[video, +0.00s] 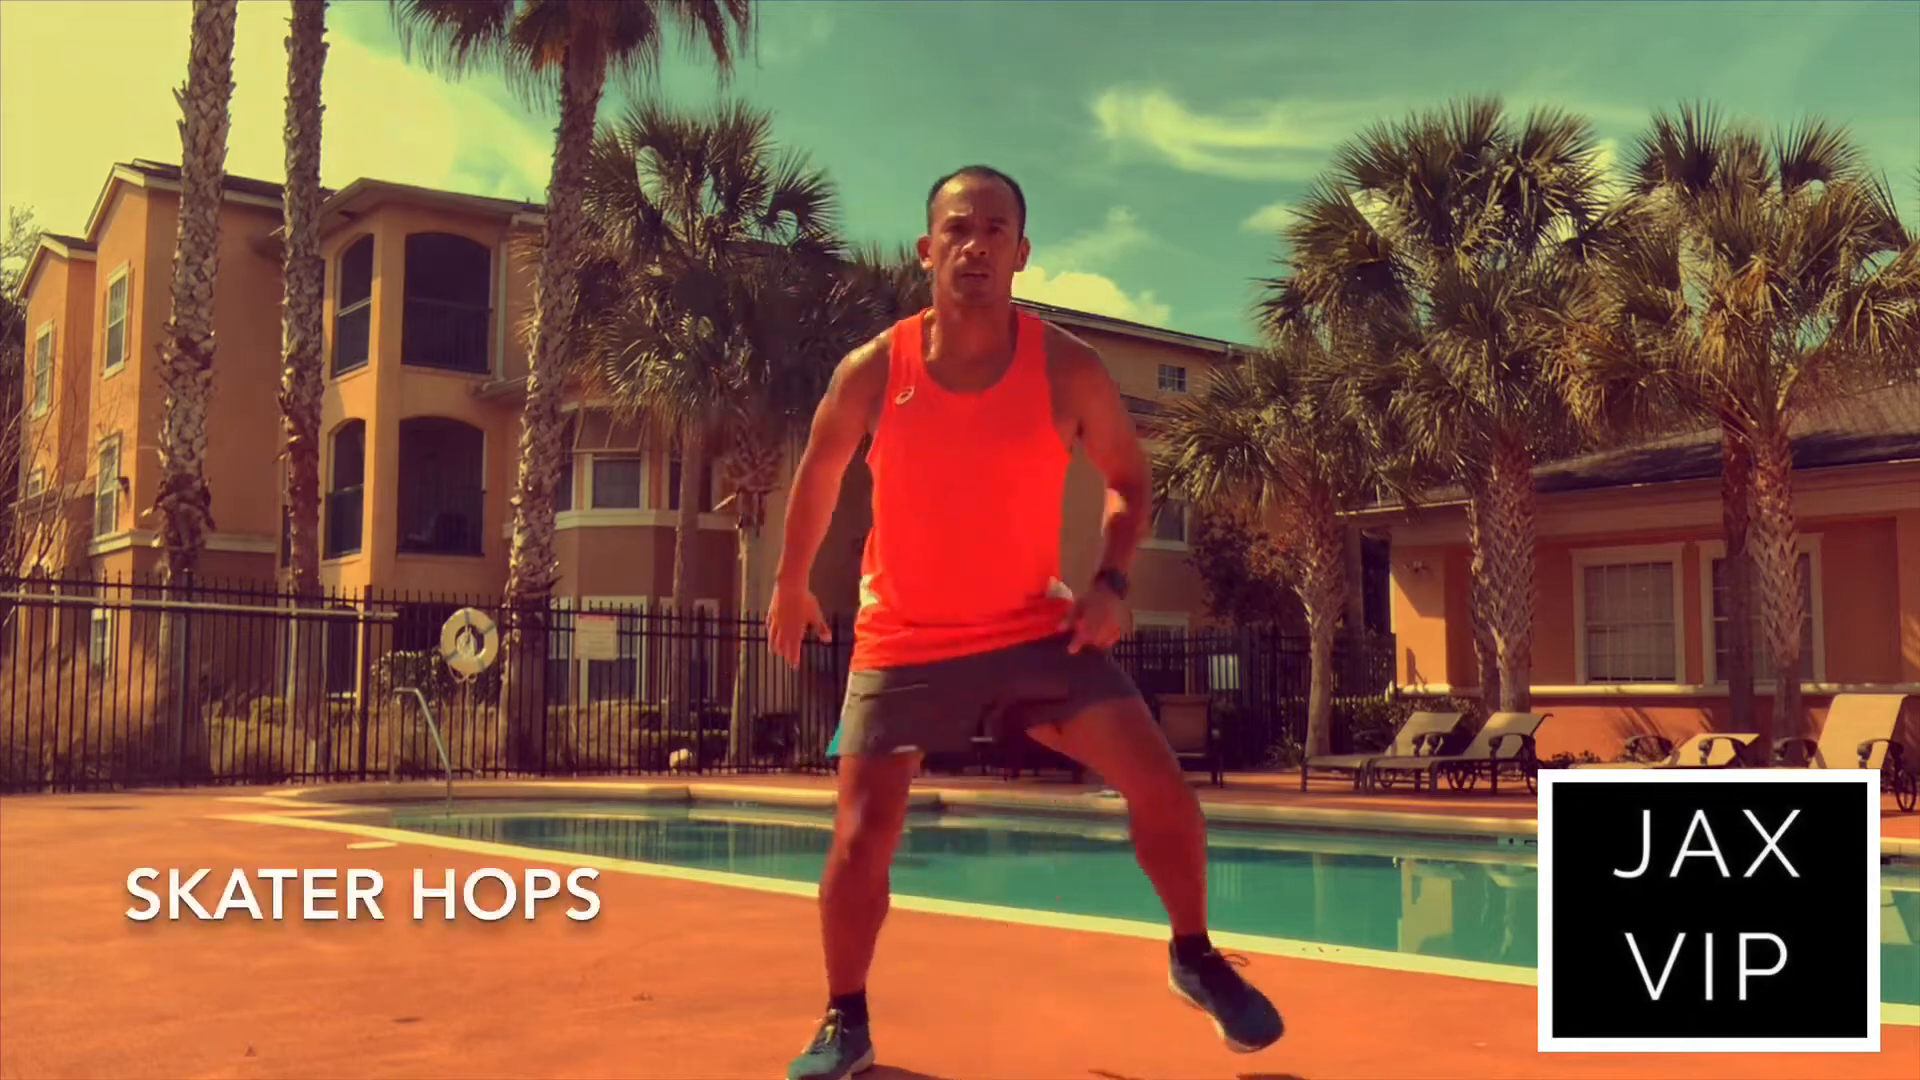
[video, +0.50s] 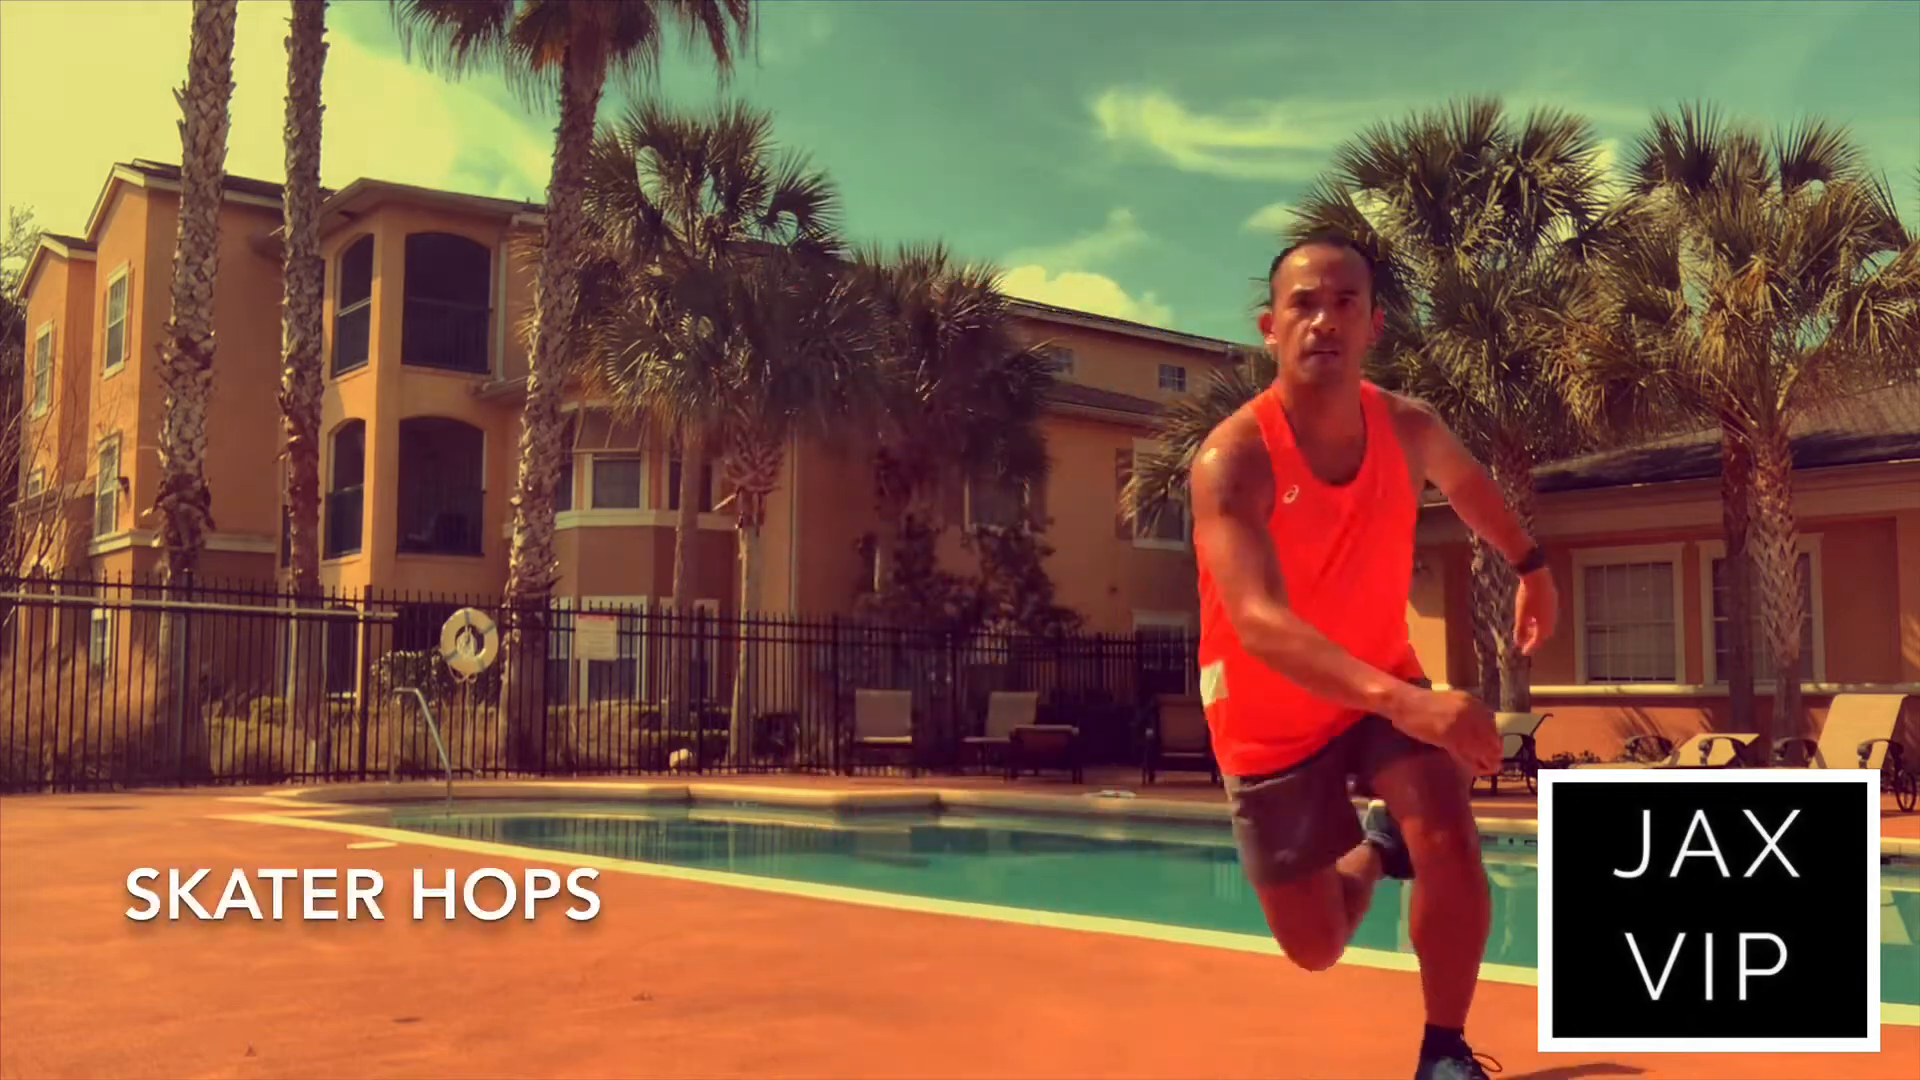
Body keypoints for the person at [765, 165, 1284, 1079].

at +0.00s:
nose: (972, 244)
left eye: (992, 229)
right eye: (956, 229)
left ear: (1021, 250)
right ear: (926, 250)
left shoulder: (1067, 369)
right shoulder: (871, 372)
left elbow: (1128, 482)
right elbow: (820, 473)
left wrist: (1110, 583)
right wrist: (791, 580)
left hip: (1032, 631)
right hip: (899, 643)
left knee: (1156, 777)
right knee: (861, 831)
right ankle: (845, 1020)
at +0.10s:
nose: (1039, 212)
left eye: (1059, 196)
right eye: (1022, 196)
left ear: (1090, 216)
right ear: (993, 217)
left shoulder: (1139, 321)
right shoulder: (943, 332)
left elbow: (1223, 386)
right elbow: (861, 414)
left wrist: (1205, 501)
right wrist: (832, 543)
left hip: (1106, 603)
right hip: (969, 619)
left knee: (1243, 757)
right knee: (905, 802)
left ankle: (1355, 954)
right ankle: (845, 1012)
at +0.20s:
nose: (1119, 191)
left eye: (1140, 175)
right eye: (1103, 175)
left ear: (1171, 196)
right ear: (1074, 197)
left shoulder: (1226, 307)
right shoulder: (1021, 326)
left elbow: (1295, 363)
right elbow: (929, 435)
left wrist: (1291, 481)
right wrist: (888, 562)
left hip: (1200, 598)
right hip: (1056, 606)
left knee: (1316, 774)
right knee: (973, 791)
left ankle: (1437, 980)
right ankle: (921, 954)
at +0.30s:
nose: (1206, 228)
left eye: (1224, 210)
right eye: (1186, 212)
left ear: (1255, 229)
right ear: (1153, 235)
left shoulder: (1309, 347)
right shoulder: (1109, 371)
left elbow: (1359, 437)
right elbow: (1028, 516)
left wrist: (1372, 545)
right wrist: (1010, 655)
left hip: (1286, 628)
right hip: (1146, 641)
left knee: (1372, 816)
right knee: (1071, 842)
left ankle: (1434, 1042)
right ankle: (1081, 867)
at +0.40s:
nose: (1276, 271)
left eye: (1295, 255)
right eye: (1255, 257)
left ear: (1323, 280)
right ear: (1222, 284)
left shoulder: (1371, 390)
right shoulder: (1179, 423)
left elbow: (1424, 473)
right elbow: (1143, 587)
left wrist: (1468, 565)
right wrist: (1188, 718)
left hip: (1340, 656)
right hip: (1218, 682)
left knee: (1406, 821)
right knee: (1210, 907)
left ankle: (1438, 1046)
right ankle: (1256, 806)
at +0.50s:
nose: (1323, 319)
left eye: (1344, 301)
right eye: (1302, 303)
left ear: (1374, 324)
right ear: (1270, 330)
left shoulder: (1409, 429)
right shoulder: (1233, 459)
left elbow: (1468, 489)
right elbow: (1257, 621)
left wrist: (1529, 563)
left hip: (1382, 688)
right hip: (1265, 716)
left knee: (1445, 835)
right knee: (1312, 946)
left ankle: (1445, 1048)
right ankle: (1377, 847)